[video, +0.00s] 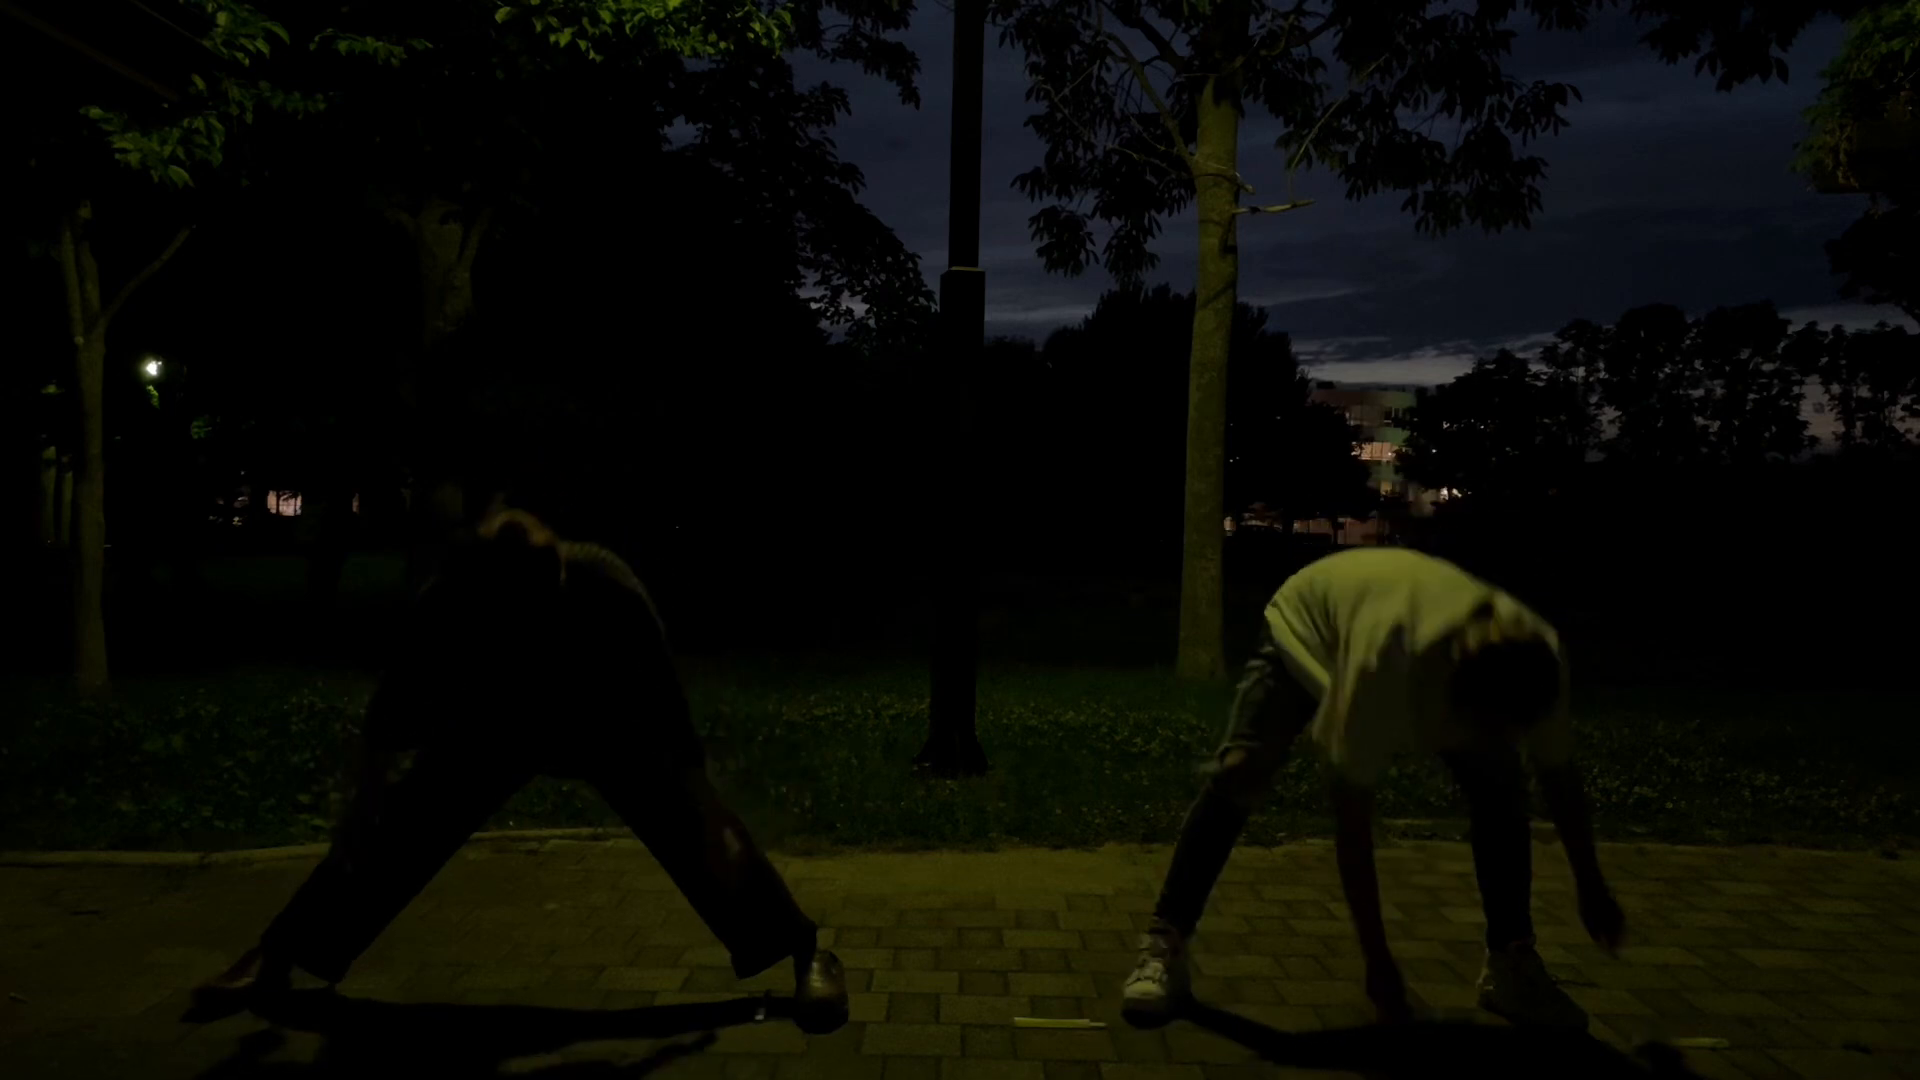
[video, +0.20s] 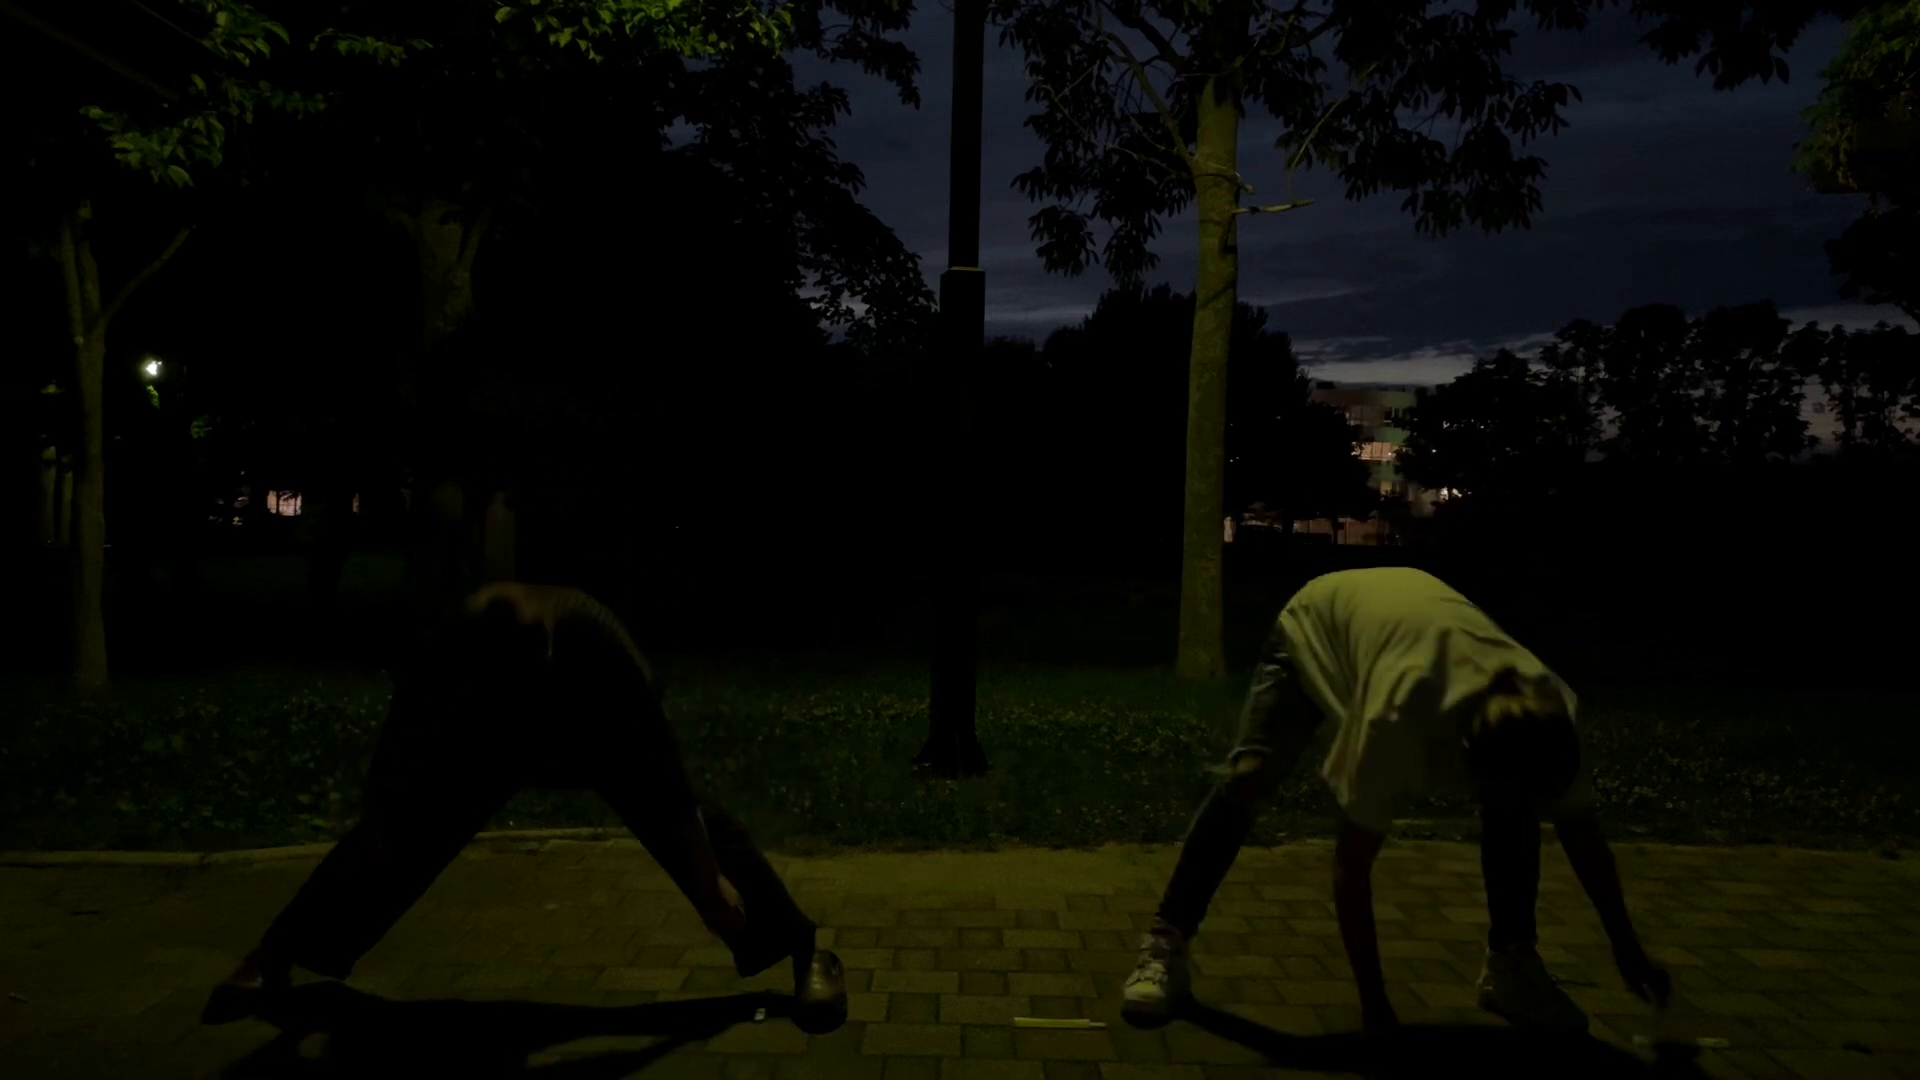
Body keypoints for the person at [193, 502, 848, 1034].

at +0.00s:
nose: (520, 585)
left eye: (529, 566)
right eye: (502, 570)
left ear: (551, 556)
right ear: (478, 568)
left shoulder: (601, 590)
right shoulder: (452, 601)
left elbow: (656, 695)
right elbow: (400, 701)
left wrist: (692, 793)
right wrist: (371, 783)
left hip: (607, 736)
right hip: (488, 739)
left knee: (700, 841)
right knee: (384, 845)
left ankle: (807, 957)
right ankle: (276, 963)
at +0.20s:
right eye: (501, 686)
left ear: (560, 685)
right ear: (473, 684)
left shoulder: (591, 653)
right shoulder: (443, 672)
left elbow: (661, 784)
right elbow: (379, 825)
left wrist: (709, 892)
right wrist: (277, 951)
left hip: (602, 738)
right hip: (478, 746)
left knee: (703, 836)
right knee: (387, 853)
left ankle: (804, 950)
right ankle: (283, 966)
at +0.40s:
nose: (501, 732)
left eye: (514, 712)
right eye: (487, 715)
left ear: (542, 714)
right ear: (460, 712)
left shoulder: (598, 725)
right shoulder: (440, 724)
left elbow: (668, 828)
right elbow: (374, 840)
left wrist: (719, 925)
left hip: (603, 706)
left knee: (704, 829)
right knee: (393, 849)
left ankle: (805, 952)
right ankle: (282, 966)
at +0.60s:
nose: (494, 748)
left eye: (503, 741)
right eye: (483, 744)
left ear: (540, 740)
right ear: (459, 743)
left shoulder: (605, 750)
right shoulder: (437, 752)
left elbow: (674, 847)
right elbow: (365, 859)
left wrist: (730, 947)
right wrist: (291, 965)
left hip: (598, 676)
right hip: (483, 675)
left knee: (701, 826)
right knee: (394, 849)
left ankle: (801, 954)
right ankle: (311, 972)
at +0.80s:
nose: (505, 826)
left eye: (516, 803)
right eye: (488, 797)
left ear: (548, 769)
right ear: (462, 773)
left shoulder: (605, 760)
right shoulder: (437, 757)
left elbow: (677, 867)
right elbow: (364, 867)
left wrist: (741, 969)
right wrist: (291, 974)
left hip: (597, 675)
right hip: (484, 674)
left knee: (695, 829)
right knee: (389, 851)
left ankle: (799, 955)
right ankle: (298, 978)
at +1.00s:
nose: (512, 790)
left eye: (522, 774)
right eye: (495, 776)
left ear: (553, 748)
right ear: (468, 757)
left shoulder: (609, 757)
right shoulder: (441, 753)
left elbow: (673, 864)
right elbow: (368, 867)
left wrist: (729, 963)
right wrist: (292, 972)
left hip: (598, 676)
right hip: (487, 674)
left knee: (694, 827)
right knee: (388, 850)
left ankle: (809, 954)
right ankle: (286, 975)